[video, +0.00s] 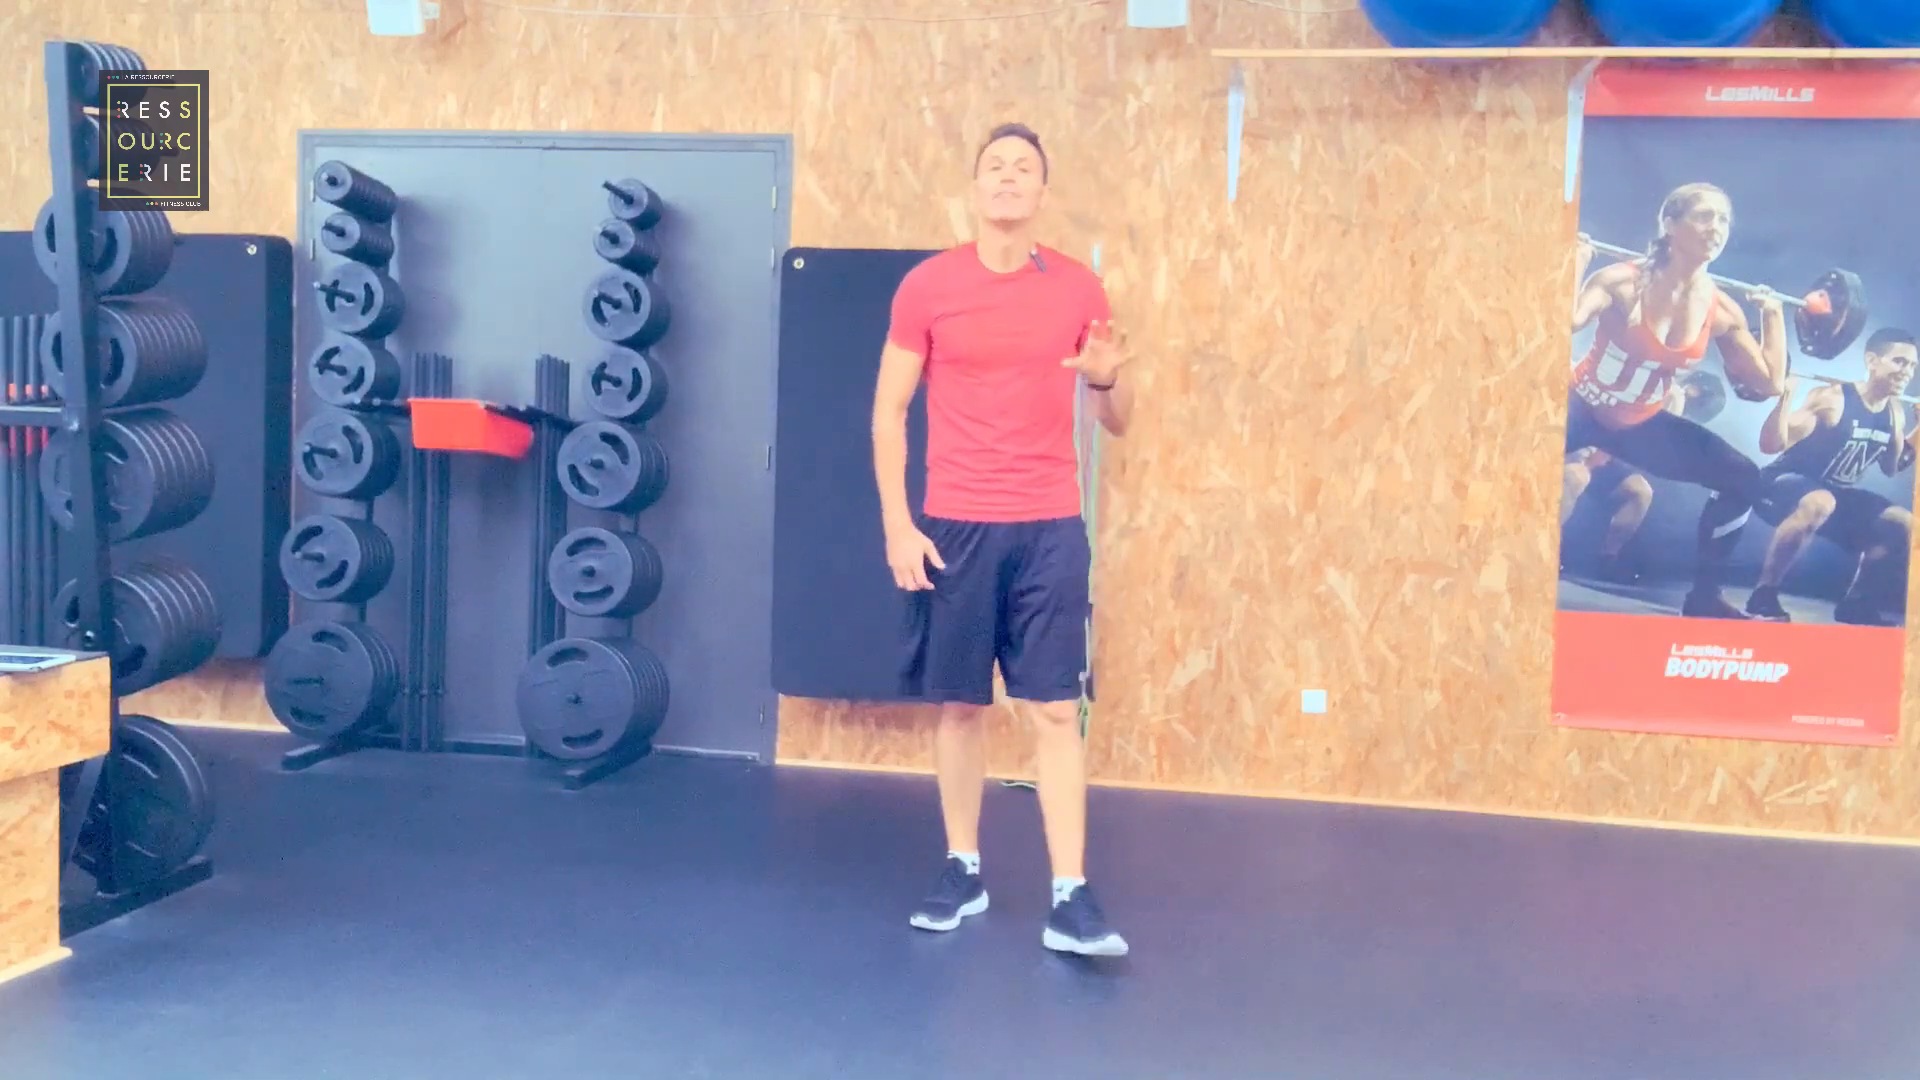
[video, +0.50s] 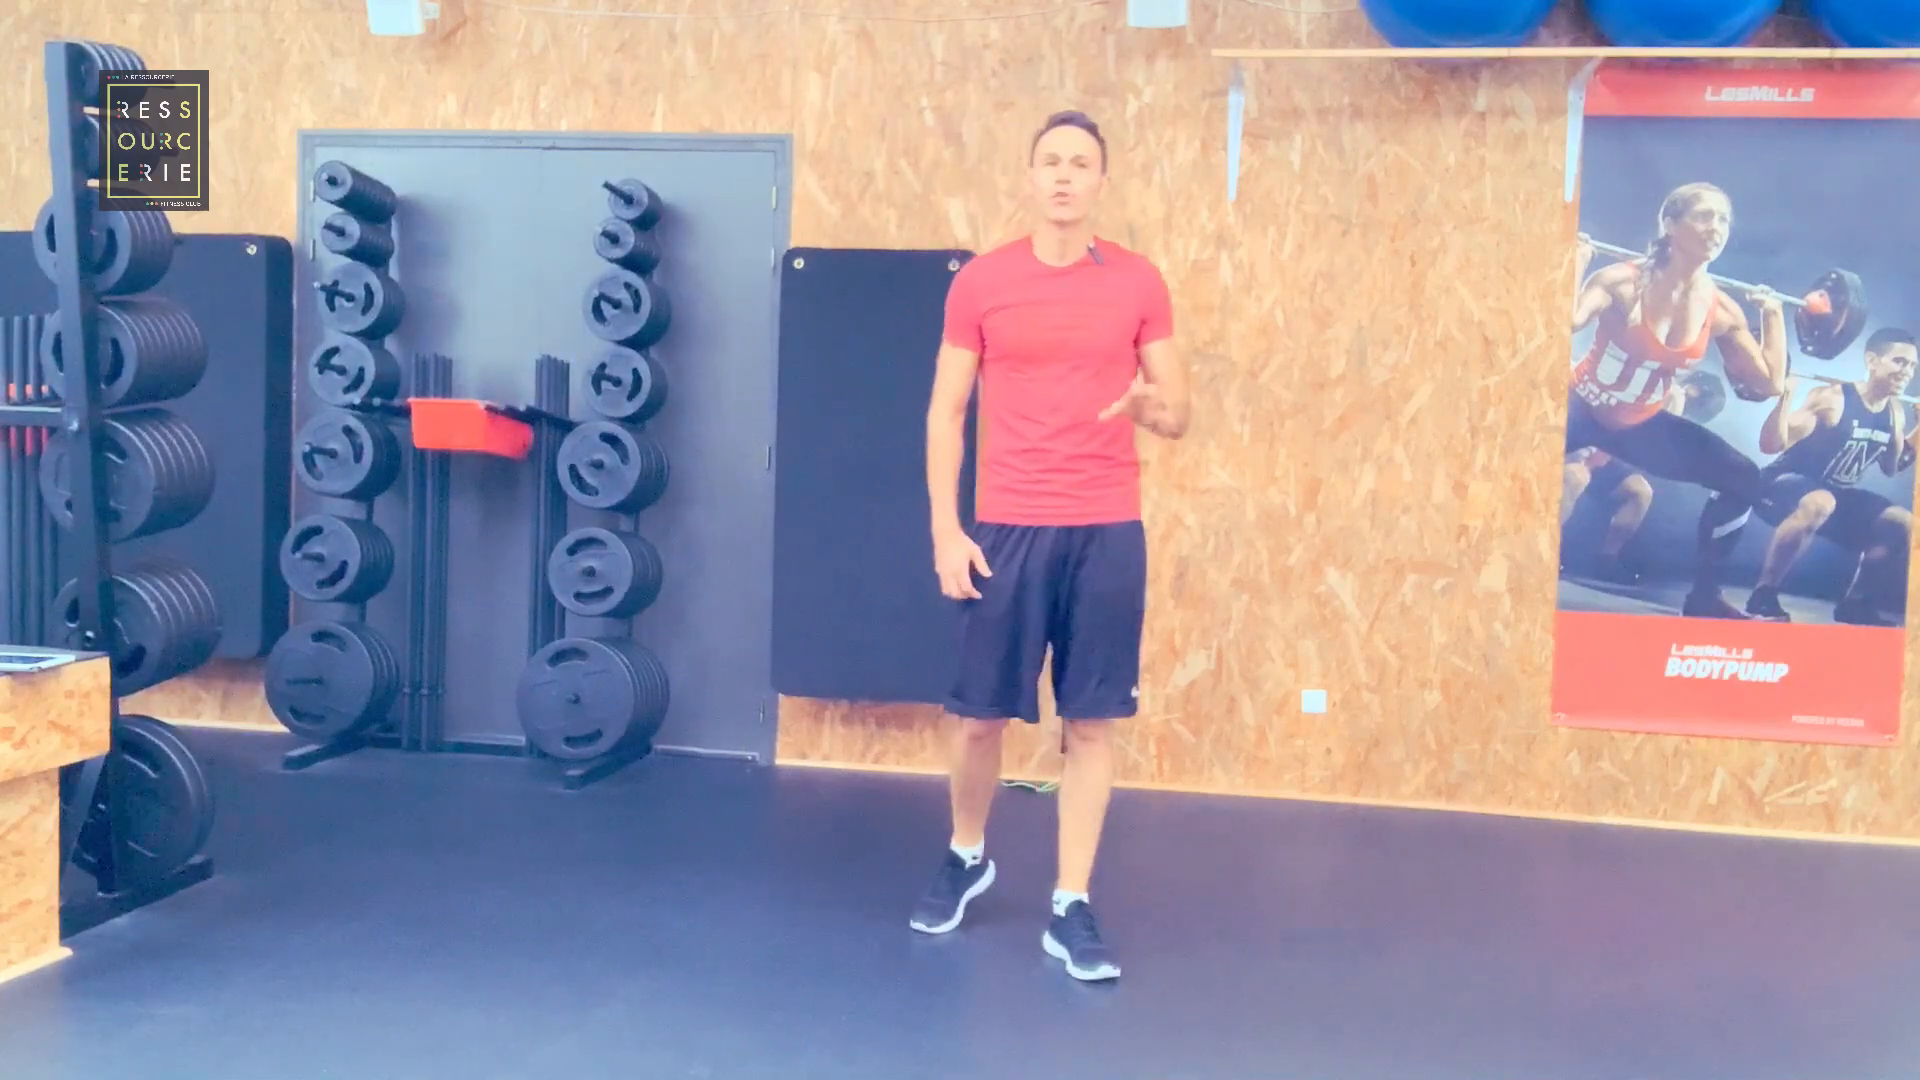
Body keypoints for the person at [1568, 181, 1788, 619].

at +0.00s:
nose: (1716, 228)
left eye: (1724, 220)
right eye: (1704, 217)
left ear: (1729, 233)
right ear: (1670, 224)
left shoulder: (1721, 311)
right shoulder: (1620, 279)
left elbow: (1770, 385)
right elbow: (1558, 326)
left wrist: (1773, 312)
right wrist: (1572, 268)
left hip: (1645, 425)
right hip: (1579, 409)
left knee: (1742, 478)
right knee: (1512, 451)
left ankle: (1705, 597)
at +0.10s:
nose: (1716, 228)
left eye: (1724, 220)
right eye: (1704, 217)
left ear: (1728, 232)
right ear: (1670, 224)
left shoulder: (1722, 311)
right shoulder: (1620, 279)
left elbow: (1769, 386)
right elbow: (1558, 325)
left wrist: (1773, 313)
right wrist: (1572, 269)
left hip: (1645, 425)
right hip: (1579, 410)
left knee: (1742, 477)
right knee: (1513, 450)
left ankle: (1705, 597)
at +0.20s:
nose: (1716, 228)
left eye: (1724, 220)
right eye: (1704, 216)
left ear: (1729, 232)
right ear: (1670, 224)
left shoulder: (1721, 311)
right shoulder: (1620, 279)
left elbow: (1770, 385)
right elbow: (1558, 326)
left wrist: (1773, 312)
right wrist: (1572, 268)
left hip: (1645, 425)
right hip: (1579, 409)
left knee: (1742, 478)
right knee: (1512, 449)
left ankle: (1705, 597)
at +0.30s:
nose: (1716, 228)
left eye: (1724, 220)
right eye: (1704, 216)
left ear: (1728, 232)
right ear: (1670, 224)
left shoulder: (1722, 311)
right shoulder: (1620, 279)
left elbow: (1769, 386)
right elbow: (1558, 325)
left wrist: (1773, 313)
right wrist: (1572, 269)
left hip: (1644, 425)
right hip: (1579, 410)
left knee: (1742, 478)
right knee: (1512, 450)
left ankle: (1705, 597)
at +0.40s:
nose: (1716, 228)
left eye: (1724, 220)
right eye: (1704, 216)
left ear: (1728, 232)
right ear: (1670, 224)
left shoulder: (1722, 311)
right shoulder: (1620, 279)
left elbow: (1769, 386)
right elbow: (1558, 325)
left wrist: (1773, 313)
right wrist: (1572, 269)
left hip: (1644, 425)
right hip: (1579, 410)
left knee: (1742, 478)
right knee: (1512, 451)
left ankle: (1705, 597)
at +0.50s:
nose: (1716, 228)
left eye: (1724, 220)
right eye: (1704, 216)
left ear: (1728, 232)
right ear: (1670, 224)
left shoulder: (1722, 311)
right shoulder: (1620, 279)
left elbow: (1769, 386)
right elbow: (1558, 325)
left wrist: (1773, 313)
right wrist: (1572, 269)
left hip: (1644, 425)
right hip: (1579, 410)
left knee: (1742, 478)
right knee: (1512, 451)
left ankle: (1705, 597)